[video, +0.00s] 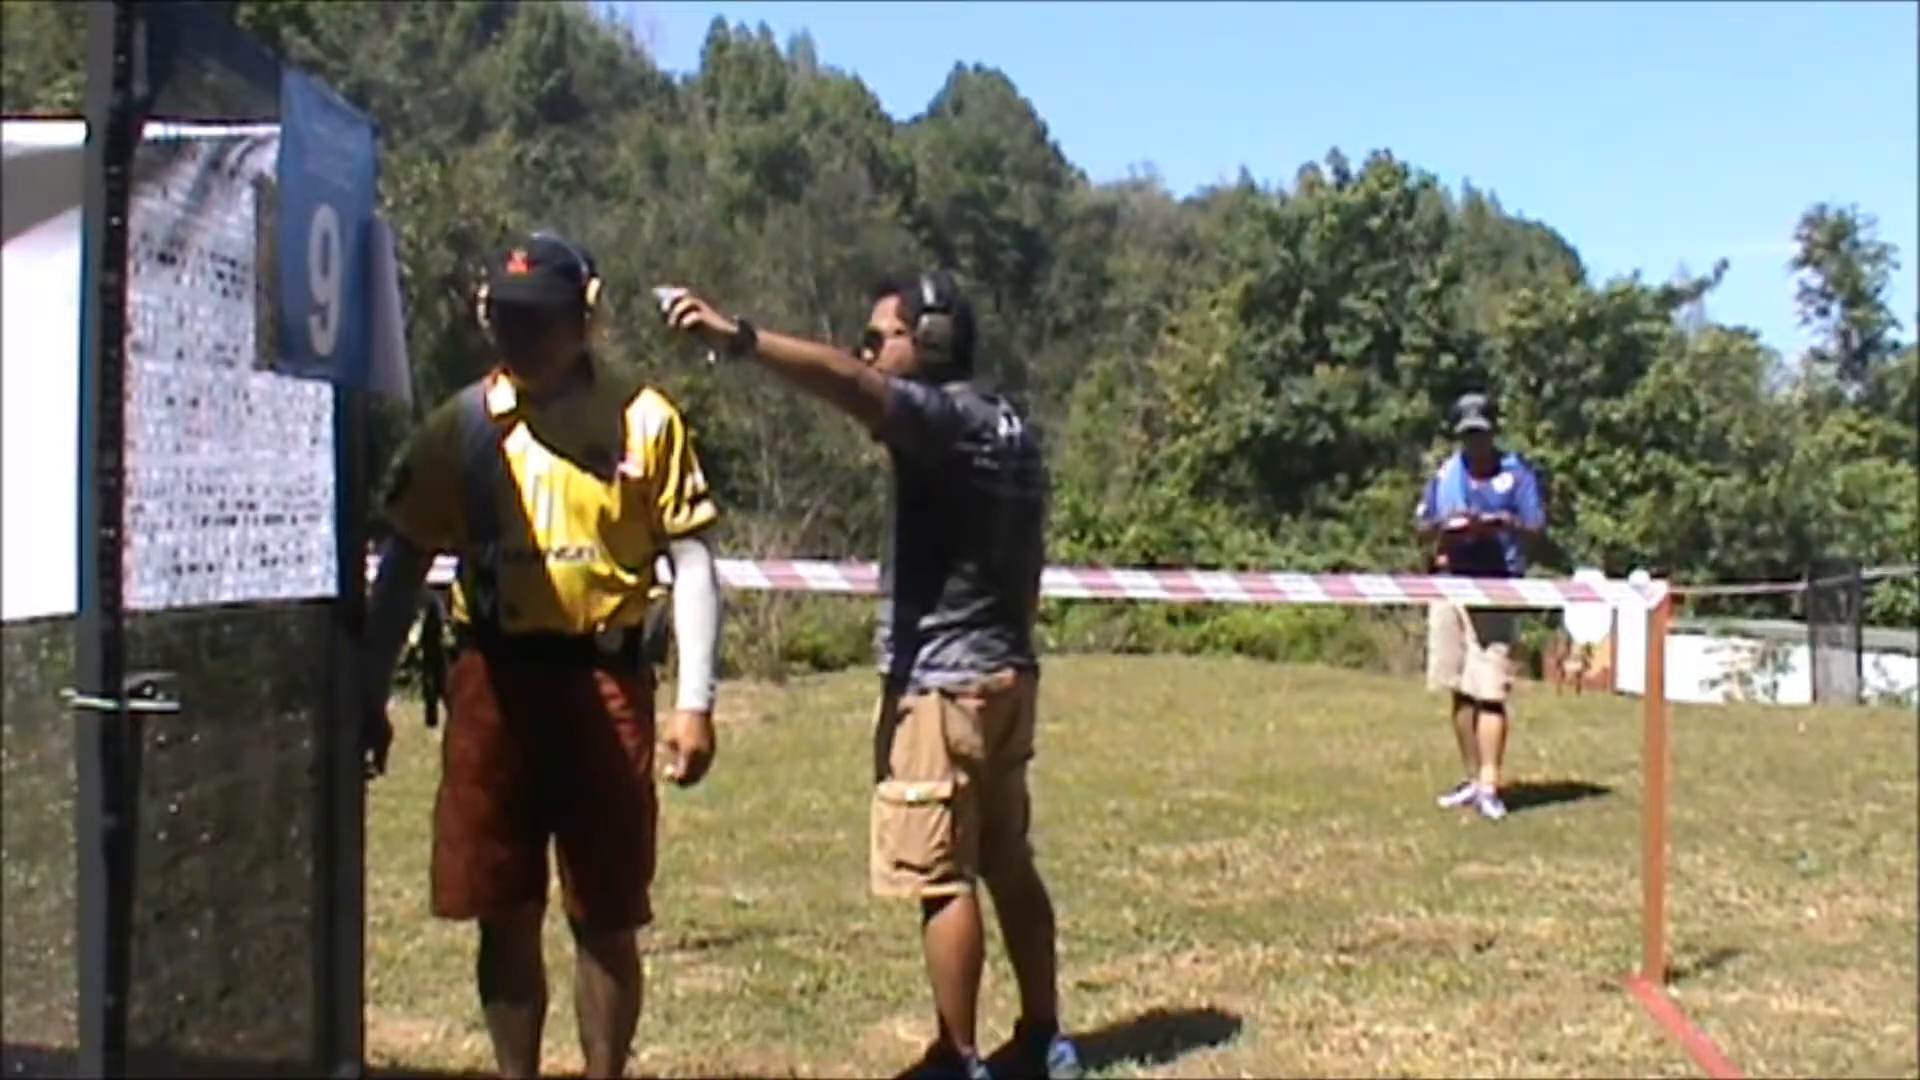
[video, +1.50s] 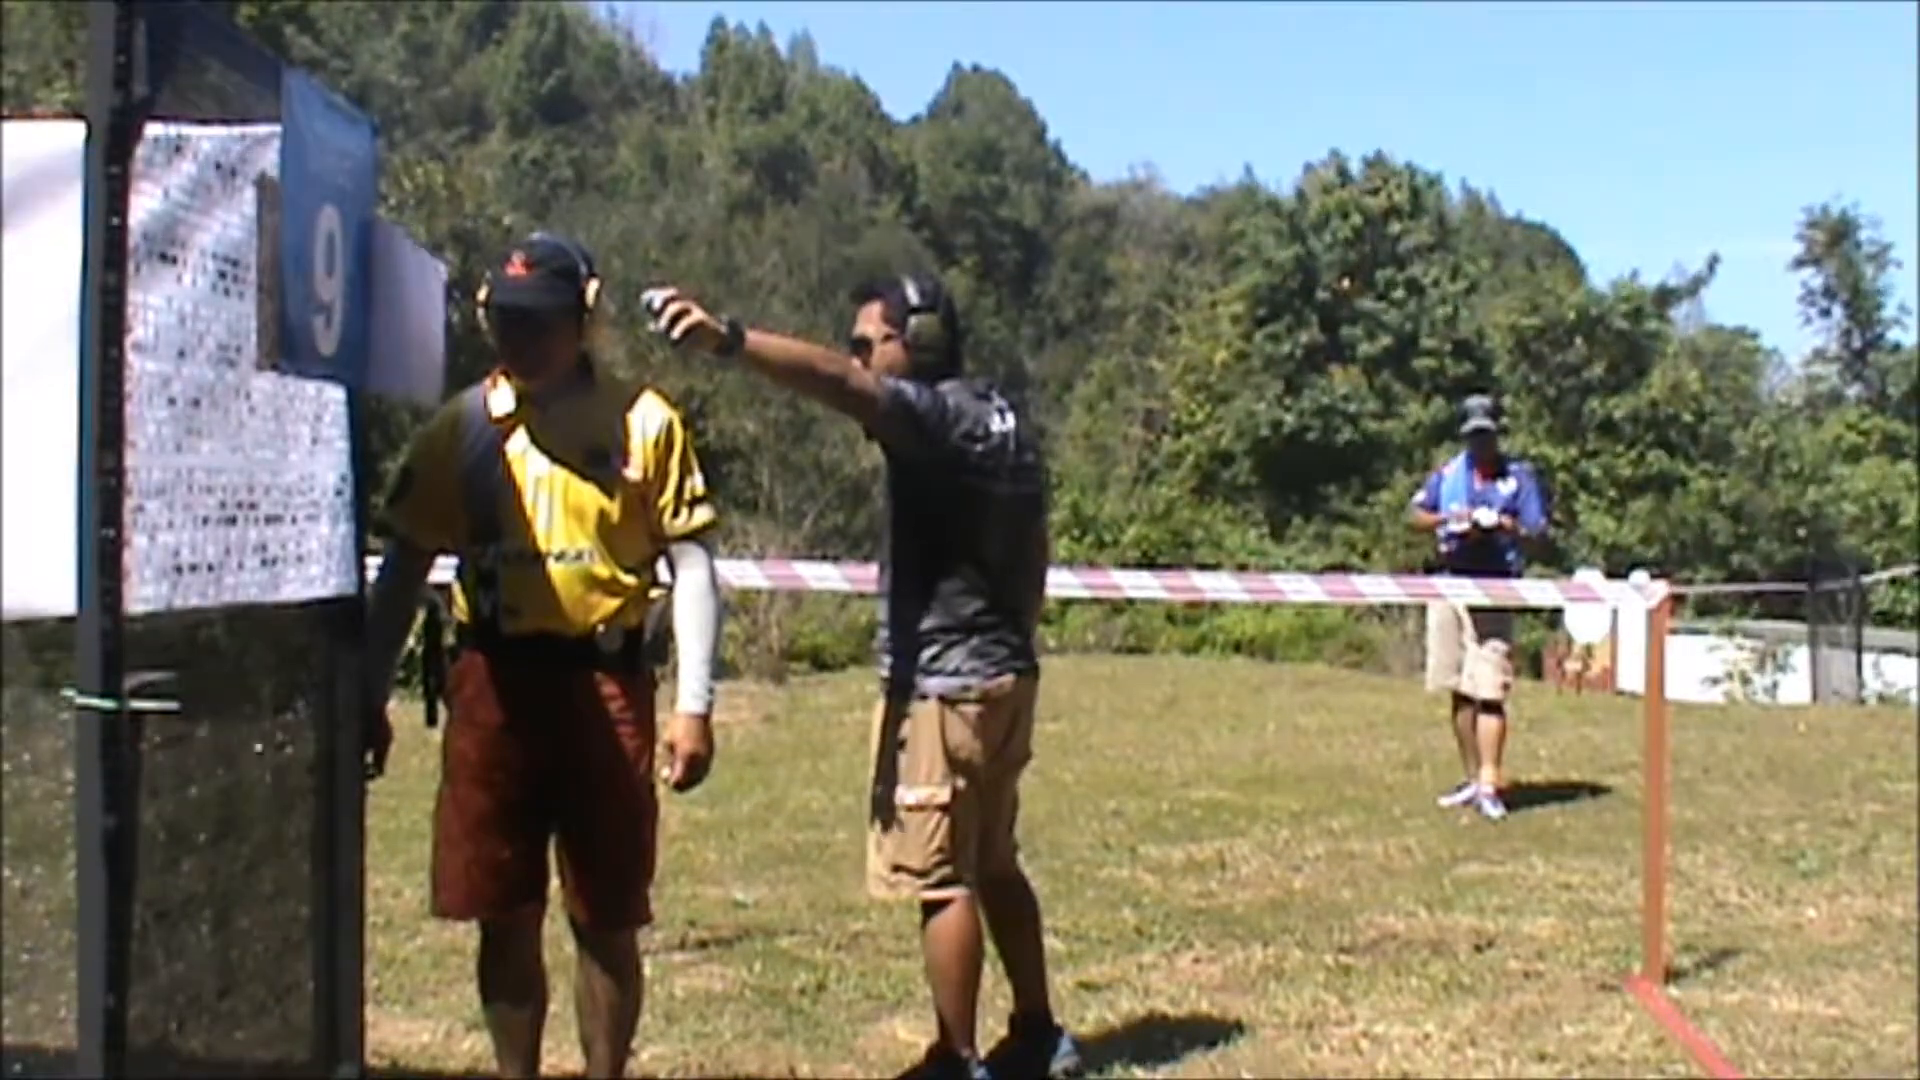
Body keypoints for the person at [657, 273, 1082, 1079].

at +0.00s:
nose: (869, 353)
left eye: (882, 339)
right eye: (870, 338)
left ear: (931, 343)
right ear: (952, 345)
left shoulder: (938, 414)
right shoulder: (1014, 425)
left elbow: (852, 382)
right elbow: (1021, 566)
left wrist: (738, 336)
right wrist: (1006, 648)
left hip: (944, 676)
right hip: (1008, 671)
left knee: (942, 877)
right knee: (1008, 861)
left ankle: (955, 1054)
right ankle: (1043, 1033)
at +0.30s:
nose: (860, 355)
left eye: (873, 340)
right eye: (860, 340)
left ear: (924, 343)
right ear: (944, 347)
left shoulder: (931, 412)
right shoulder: (1004, 423)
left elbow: (845, 380)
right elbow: (1016, 560)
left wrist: (735, 333)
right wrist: (996, 643)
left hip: (941, 674)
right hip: (1001, 669)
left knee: (939, 876)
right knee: (1004, 864)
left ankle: (954, 1054)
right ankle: (1041, 1033)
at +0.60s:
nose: (858, 357)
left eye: (870, 341)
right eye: (857, 342)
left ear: (919, 342)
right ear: (939, 346)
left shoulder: (930, 413)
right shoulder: (1002, 424)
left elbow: (844, 380)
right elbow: (1014, 561)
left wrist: (732, 334)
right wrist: (994, 643)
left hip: (939, 674)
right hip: (997, 669)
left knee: (938, 877)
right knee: (1000, 866)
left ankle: (954, 1054)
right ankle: (1040, 1030)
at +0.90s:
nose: (856, 357)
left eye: (868, 342)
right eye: (856, 342)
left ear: (916, 344)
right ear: (938, 346)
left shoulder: (934, 414)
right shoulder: (999, 420)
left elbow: (843, 380)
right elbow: (1014, 560)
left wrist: (733, 338)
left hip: (941, 675)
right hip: (996, 669)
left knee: (938, 876)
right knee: (995, 865)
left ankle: (953, 1055)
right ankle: (1038, 1029)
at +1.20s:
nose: (858, 358)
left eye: (869, 343)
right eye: (858, 343)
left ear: (918, 342)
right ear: (938, 344)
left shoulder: (932, 412)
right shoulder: (1000, 416)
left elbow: (846, 379)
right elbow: (1023, 553)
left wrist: (736, 332)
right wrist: (1005, 646)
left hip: (944, 676)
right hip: (998, 670)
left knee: (939, 877)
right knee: (993, 865)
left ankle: (953, 1055)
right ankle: (1038, 1029)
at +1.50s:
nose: (859, 359)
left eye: (869, 344)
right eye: (858, 344)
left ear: (918, 341)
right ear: (941, 343)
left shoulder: (931, 412)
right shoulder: (1005, 418)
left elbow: (843, 379)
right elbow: (1029, 558)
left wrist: (729, 338)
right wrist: (1011, 650)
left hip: (949, 677)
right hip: (1005, 671)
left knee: (939, 876)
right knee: (994, 866)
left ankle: (954, 1055)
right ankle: (1038, 1029)